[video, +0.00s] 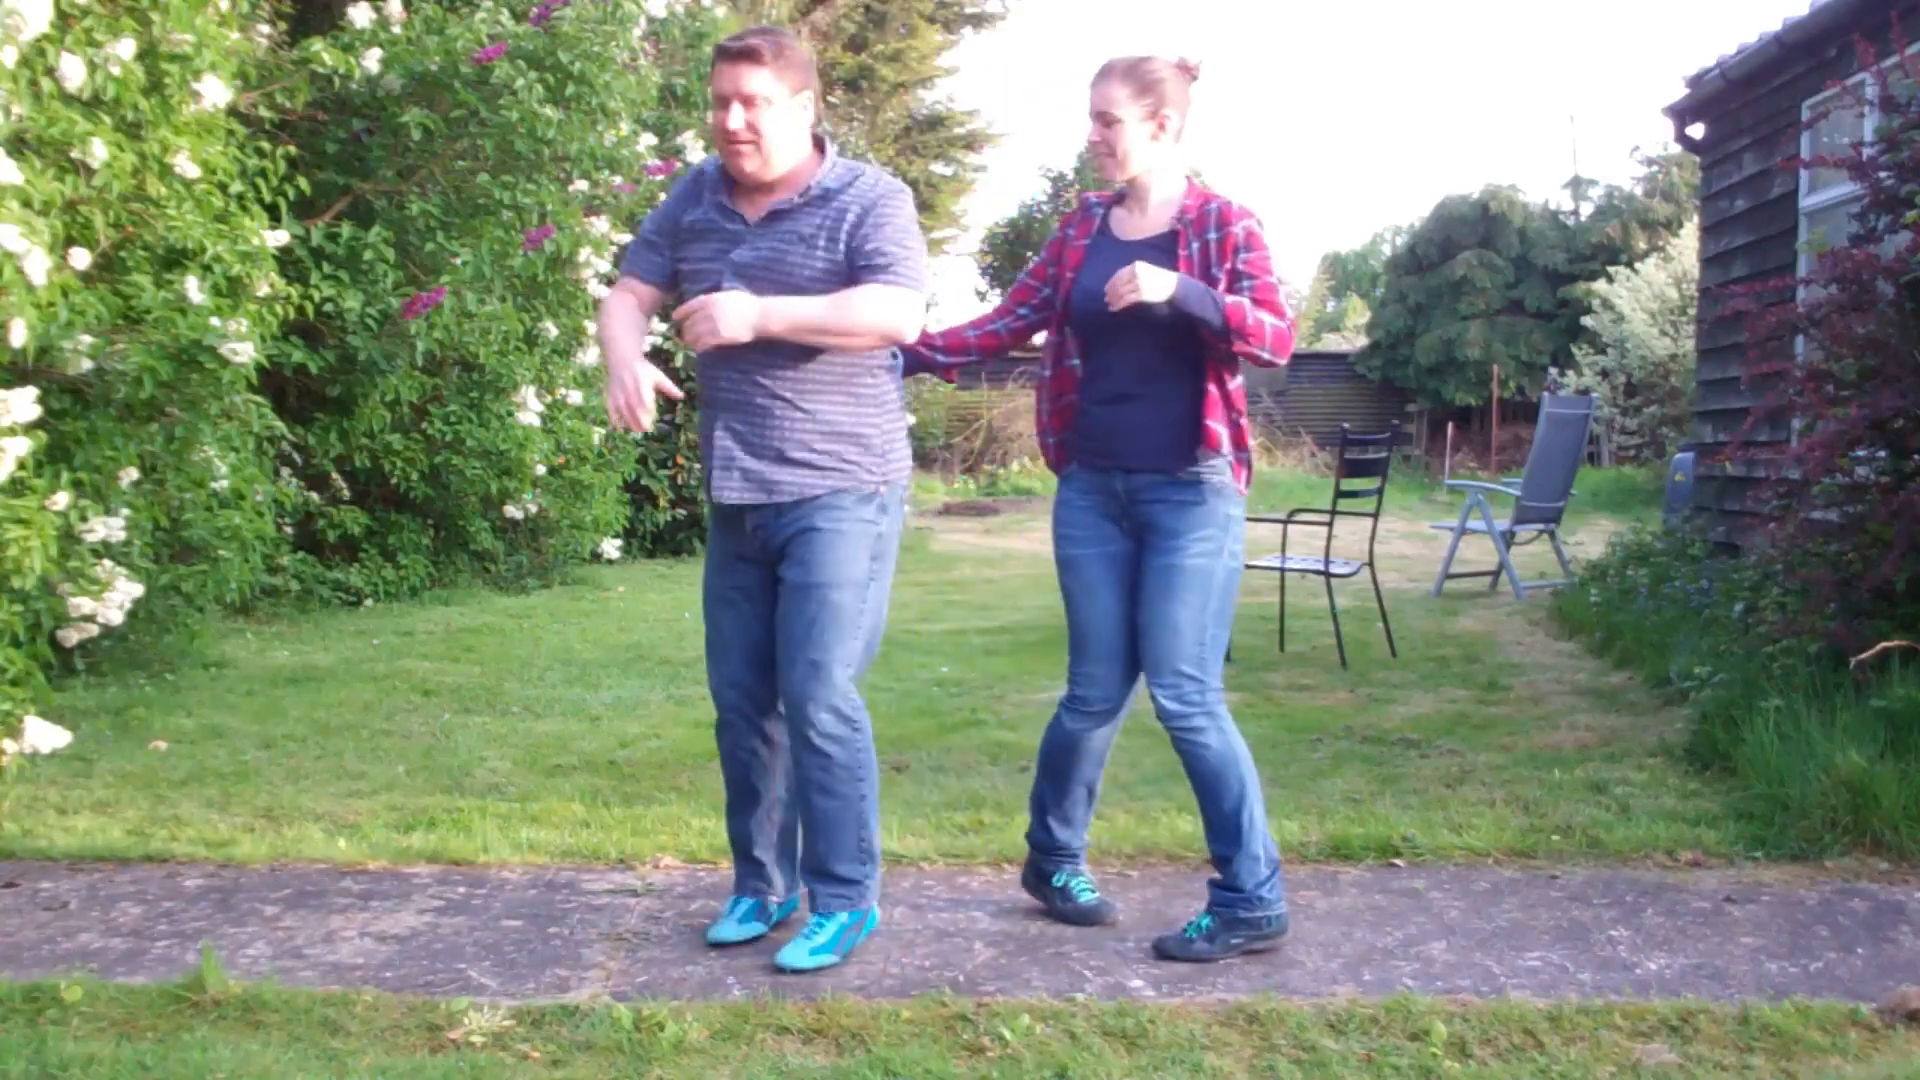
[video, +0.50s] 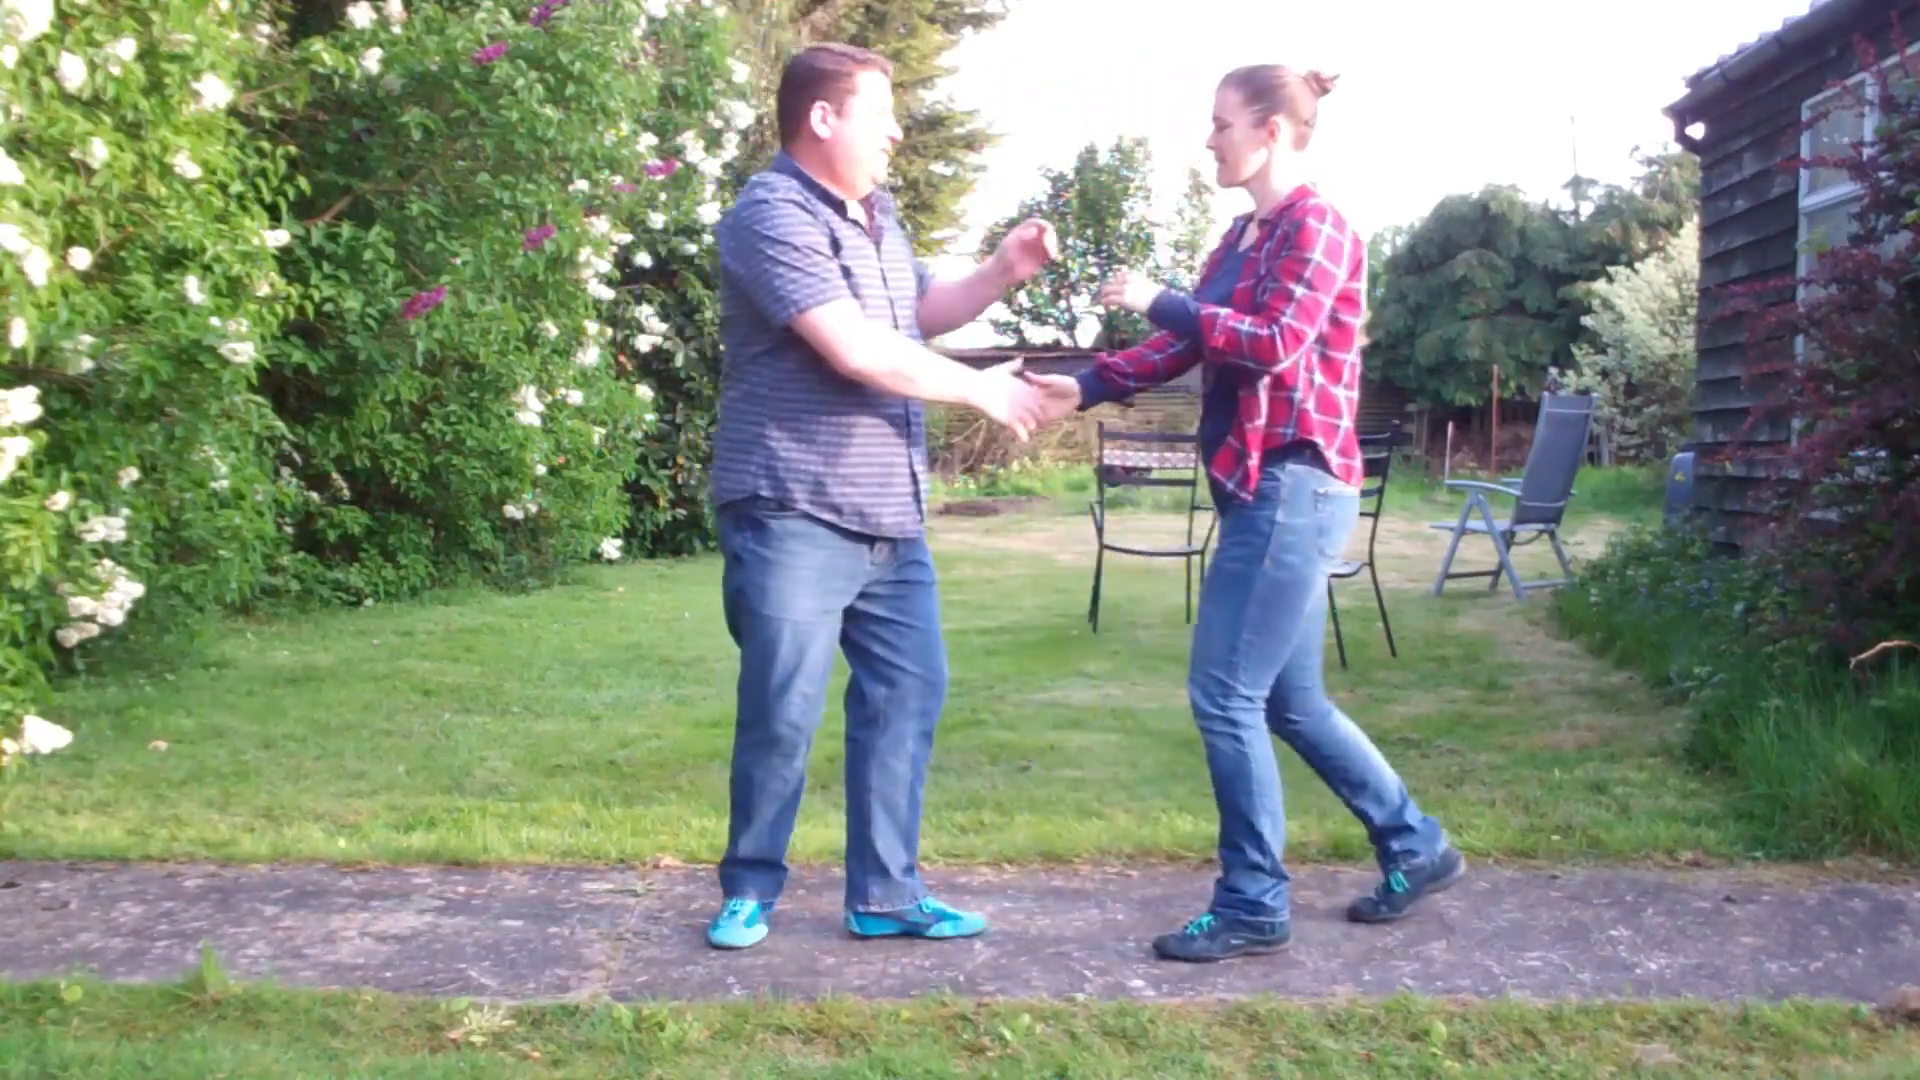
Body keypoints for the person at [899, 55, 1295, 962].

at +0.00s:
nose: (1092, 140)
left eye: (1108, 123)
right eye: (1090, 124)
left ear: (1165, 126)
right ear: (1099, 130)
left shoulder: (1223, 224)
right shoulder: (1082, 228)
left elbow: (1276, 337)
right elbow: (1010, 323)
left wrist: (1173, 287)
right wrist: (904, 348)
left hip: (1194, 490)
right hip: (1089, 488)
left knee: (1184, 691)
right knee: (1094, 693)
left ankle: (1253, 898)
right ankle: (1052, 861)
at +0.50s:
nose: (1208, 141)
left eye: (1222, 127)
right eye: (1211, 127)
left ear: (1274, 132)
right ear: (1262, 133)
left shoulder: (1318, 226)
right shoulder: (1240, 242)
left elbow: (1273, 345)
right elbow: (1172, 348)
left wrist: (1163, 303)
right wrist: (1079, 387)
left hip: (1296, 487)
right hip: (1268, 487)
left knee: (1226, 695)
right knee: (1292, 699)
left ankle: (1252, 905)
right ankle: (1417, 849)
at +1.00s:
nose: (1239, 132)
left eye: (1252, 118)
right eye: (1242, 117)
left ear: (1304, 123)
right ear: (1293, 124)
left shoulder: (1343, 221)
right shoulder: (1286, 231)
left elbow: (1317, 348)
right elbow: (1226, 327)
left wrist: (1200, 352)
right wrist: (1128, 318)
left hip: (1329, 481)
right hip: (1300, 482)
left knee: (1285, 692)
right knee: (1304, 686)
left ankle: (1344, 888)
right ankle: (1412, 843)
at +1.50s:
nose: (1192, 140)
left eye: (1200, 124)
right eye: (1195, 125)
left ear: (1237, 124)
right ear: (1243, 126)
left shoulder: (1310, 229)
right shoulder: (1209, 210)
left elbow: (1269, 351)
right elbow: (1122, 186)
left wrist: (1143, 322)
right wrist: (1096, 103)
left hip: (1270, 480)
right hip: (1194, 482)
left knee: (1248, 687)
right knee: (1172, 684)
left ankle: (1335, 870)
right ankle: (1226, 880)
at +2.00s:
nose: (1123, 141)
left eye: (1127, 129)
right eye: (1125, 129)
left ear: (1142, 135)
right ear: (1203, 136)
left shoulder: (1124, 235)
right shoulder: (1236, 214)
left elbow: (1032, 316)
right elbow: (1201, 170)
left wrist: (1062, 223)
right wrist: (1138, 100)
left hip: (1136, 501)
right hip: (1232, 497)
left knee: (1083, 685)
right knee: (1170, 688)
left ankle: (1034, 870)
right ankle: (1226, 879)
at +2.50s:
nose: (1170, 141)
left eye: (1168, 126)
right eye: (1162, 127)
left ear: (1104, 124)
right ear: (1128, 128)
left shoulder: (1098, 207)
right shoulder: (1093, 195)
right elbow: (1186, 134)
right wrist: (1162, 40)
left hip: (1090, 475)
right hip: (1127, 481)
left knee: (1096, 692)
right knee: (1191, 689)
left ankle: (1034, 873)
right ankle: (1117, 876)